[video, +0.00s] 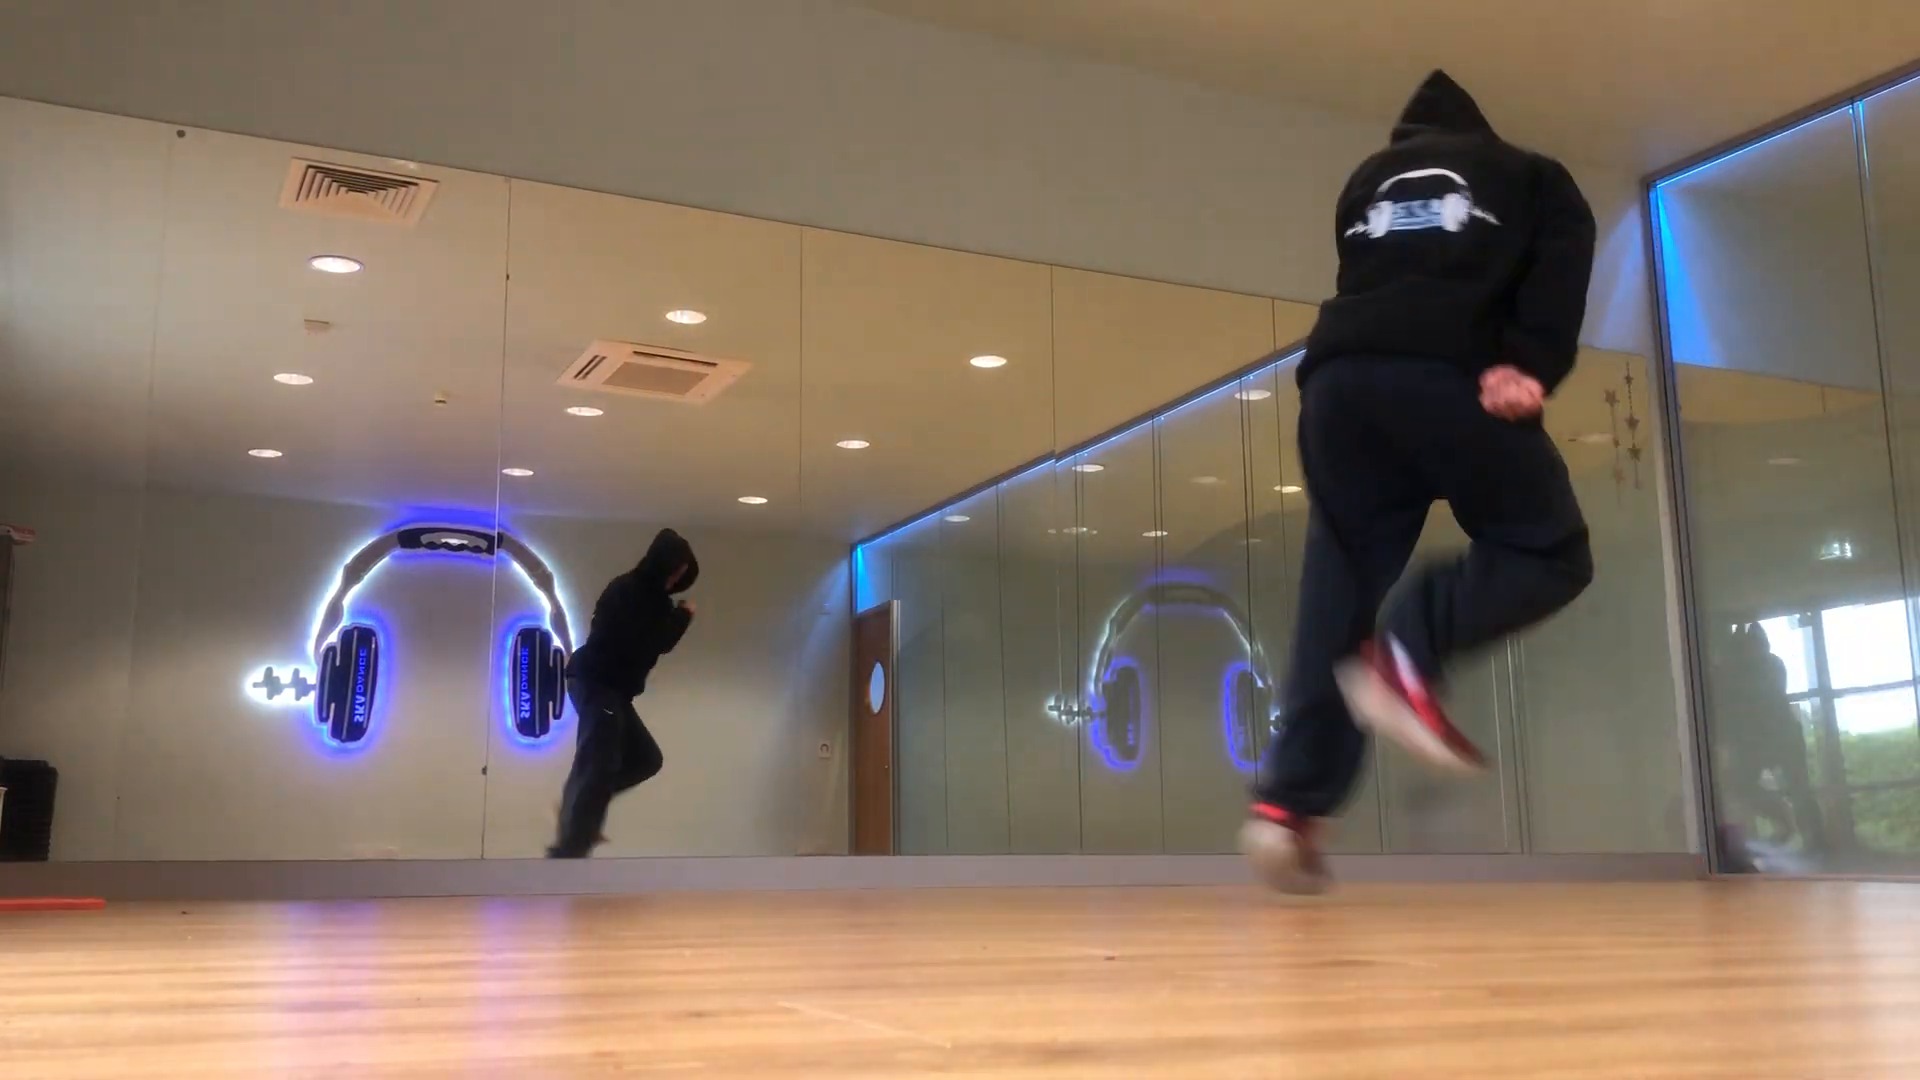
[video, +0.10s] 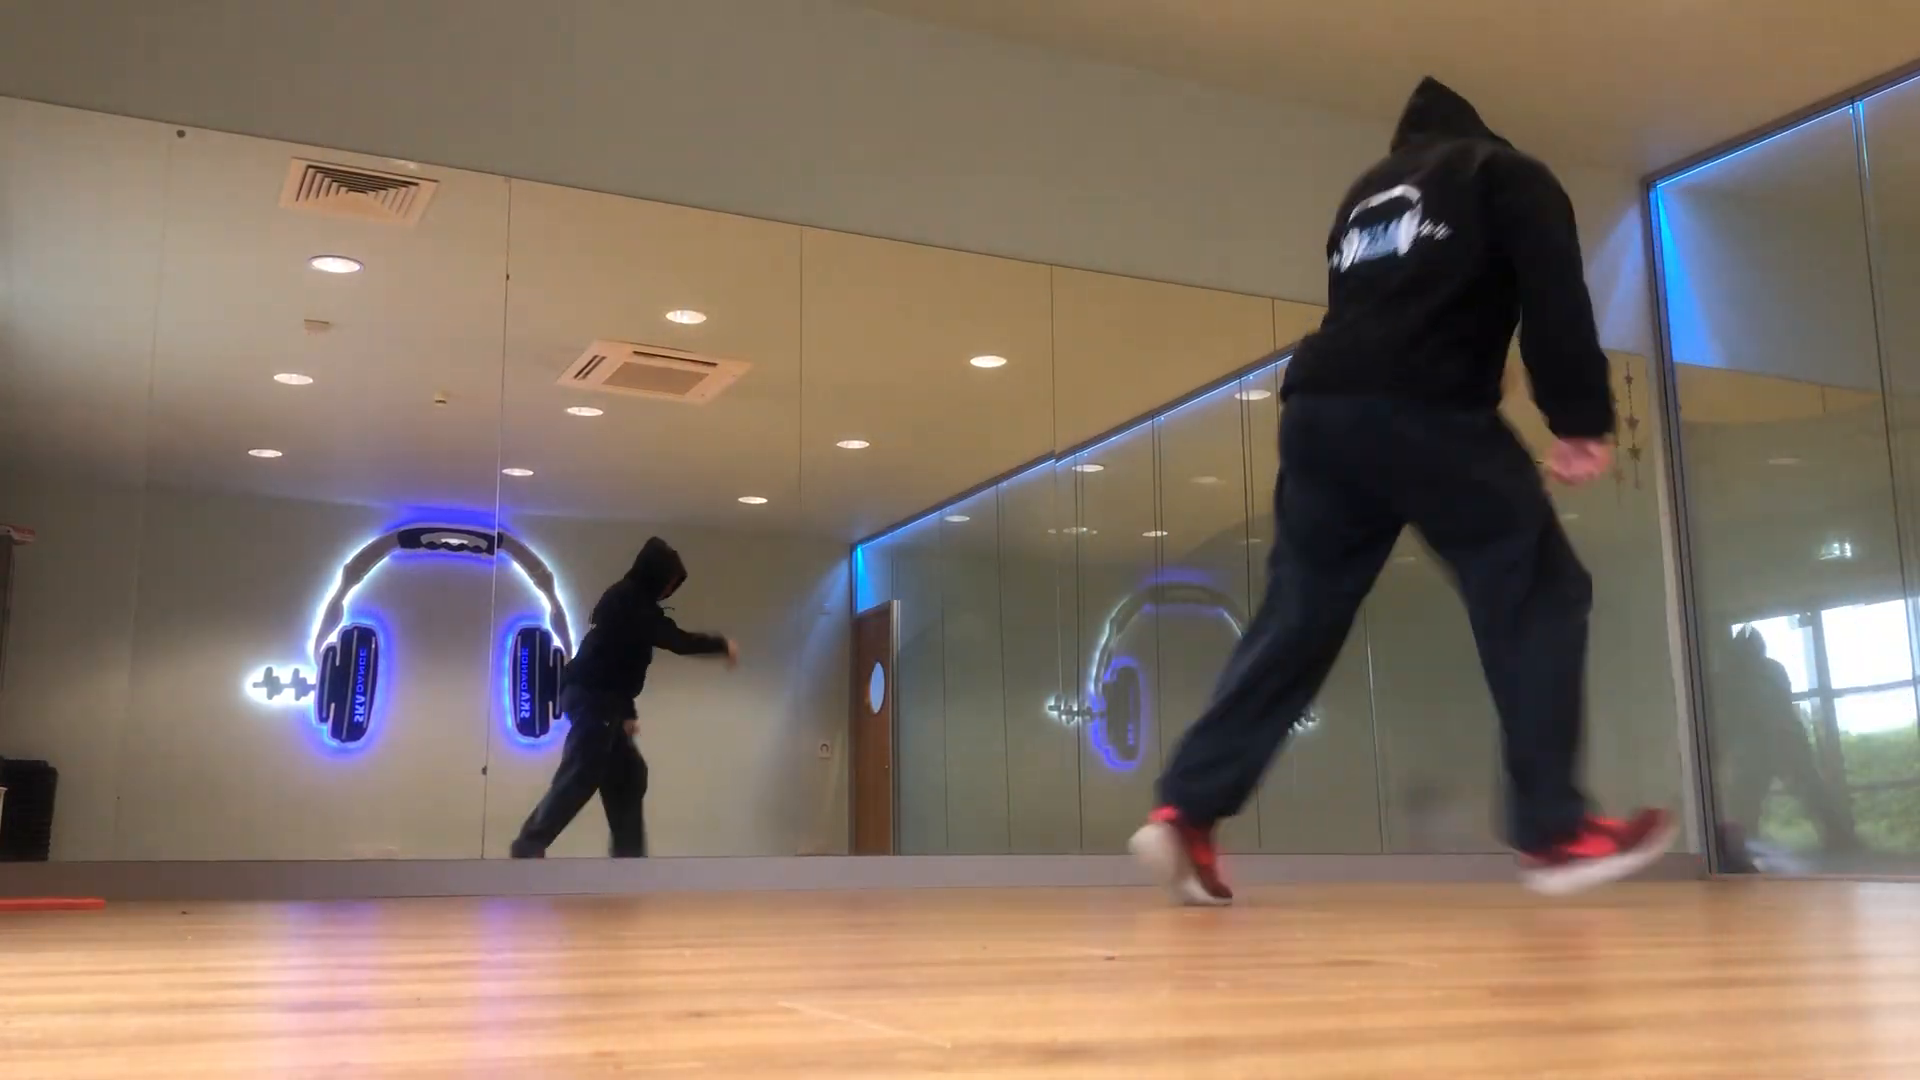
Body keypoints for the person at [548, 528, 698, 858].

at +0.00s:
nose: (677, 580)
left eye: (681, 576)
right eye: (677, 572)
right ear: (666, 565)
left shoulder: (652, 597)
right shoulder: (630, 589)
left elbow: (661, 641)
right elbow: (656, 642)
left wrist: (679, 617)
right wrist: (682, 616)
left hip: (614, 691)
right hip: (596, 685)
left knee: (645, 759)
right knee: (597, 763)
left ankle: (581, 801)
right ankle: (571, 848)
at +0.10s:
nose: (672, 589)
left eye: (675, 583)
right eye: (671, 581)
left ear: (644, 571)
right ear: (659, 576)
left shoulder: (627, 599)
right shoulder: (633, 602)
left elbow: (617, 662)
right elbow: (676, 639)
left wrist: (625, 710)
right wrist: (720, 645)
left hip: (599, 699)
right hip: (594, 699)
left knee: (627, 775)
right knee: (582, 773)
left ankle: (629, 864)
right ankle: (528, 848)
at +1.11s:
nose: (582, 583)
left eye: (587, 576)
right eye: (576, 577)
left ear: (593, 578)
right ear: (563, 578)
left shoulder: (609, 611)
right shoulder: (542, 616)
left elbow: (631, 652)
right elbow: (506, 650)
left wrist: (628, 691)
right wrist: (494, 685)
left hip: (612, 708)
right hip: (571, 713)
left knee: (650, 762)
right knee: (577, 790)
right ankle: (575, 866)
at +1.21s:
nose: (583, 576)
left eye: (589, 570)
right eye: (577, 570)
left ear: (595, 572)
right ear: (565, 571)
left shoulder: (610, 604)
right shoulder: (546, 607)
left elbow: (632, 645)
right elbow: (512, 643)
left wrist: (616, 669)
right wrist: (496, 678)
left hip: (598, 702)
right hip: (561, 705)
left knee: (626, 769)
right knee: (575, 786)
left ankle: (547, 781)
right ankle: (547, 868)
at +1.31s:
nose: (594, 590)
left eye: (600, 584)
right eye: (589, 583)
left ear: (605, 587)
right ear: (575, 583)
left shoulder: (614, 623)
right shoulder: (551, 617)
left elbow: (627, 668)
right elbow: (503, 655)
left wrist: (645, 693)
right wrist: (517, 662)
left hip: (585, 716)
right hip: (549, 716)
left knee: (611, 781)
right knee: (569, 791)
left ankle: (544, 822)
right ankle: (545, 871)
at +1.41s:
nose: (609, 622)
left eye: (614, 616)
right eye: (605, 614)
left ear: (616, 617)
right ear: (589, 611)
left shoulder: (604, 643)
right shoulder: (556, 633)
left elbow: (627, 664)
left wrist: (654, 687)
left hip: (574, 728)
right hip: (538, 729)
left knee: (604, 785)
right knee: (566, 794)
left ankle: (549, 833)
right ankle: (552, 870)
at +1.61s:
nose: (594, 606)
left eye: (597, 601)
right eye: (591, 599)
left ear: (597, 600)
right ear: (577, 592)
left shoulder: (586, 622)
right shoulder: (548, 617)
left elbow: (604, 648)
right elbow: (538, 671)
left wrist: (635, 664)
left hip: (563, 718)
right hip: (535, 719)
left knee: (576, 786)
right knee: (556, 791)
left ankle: (521, 836)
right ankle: (547, 868)